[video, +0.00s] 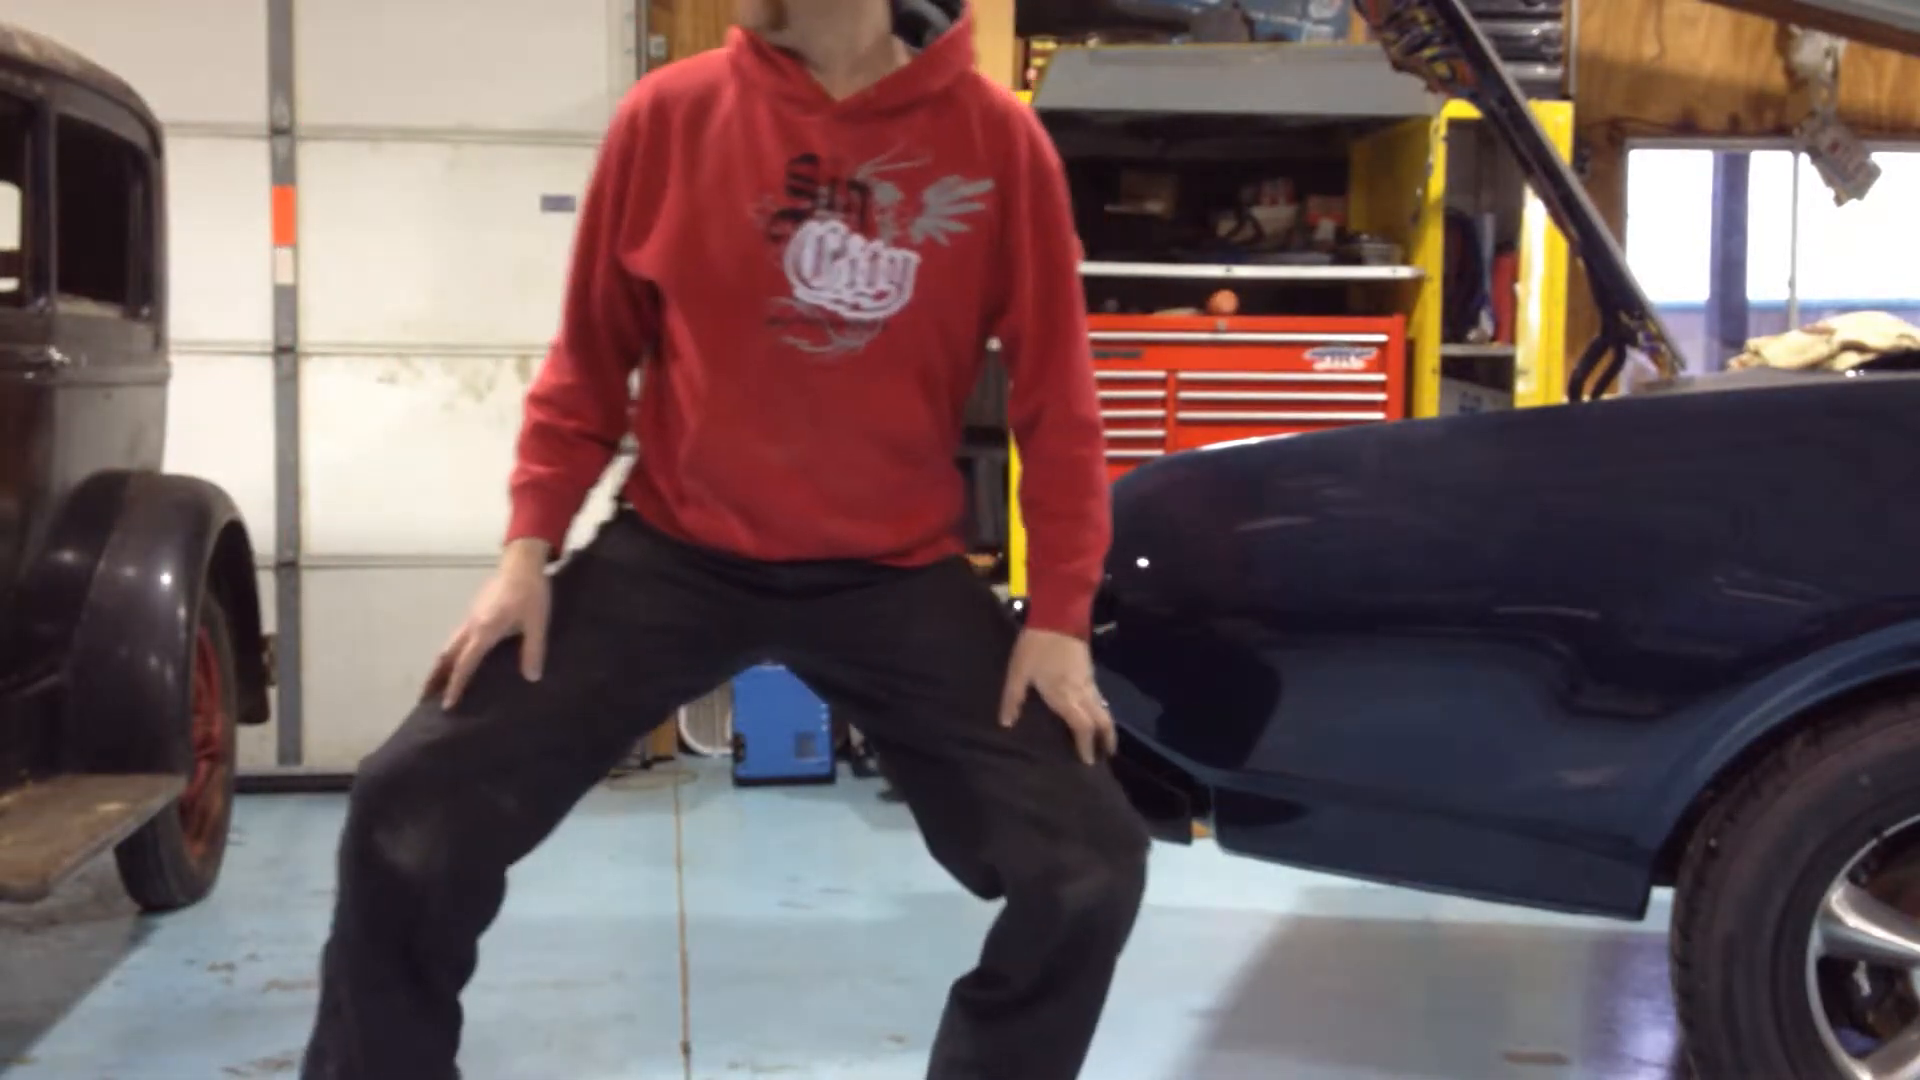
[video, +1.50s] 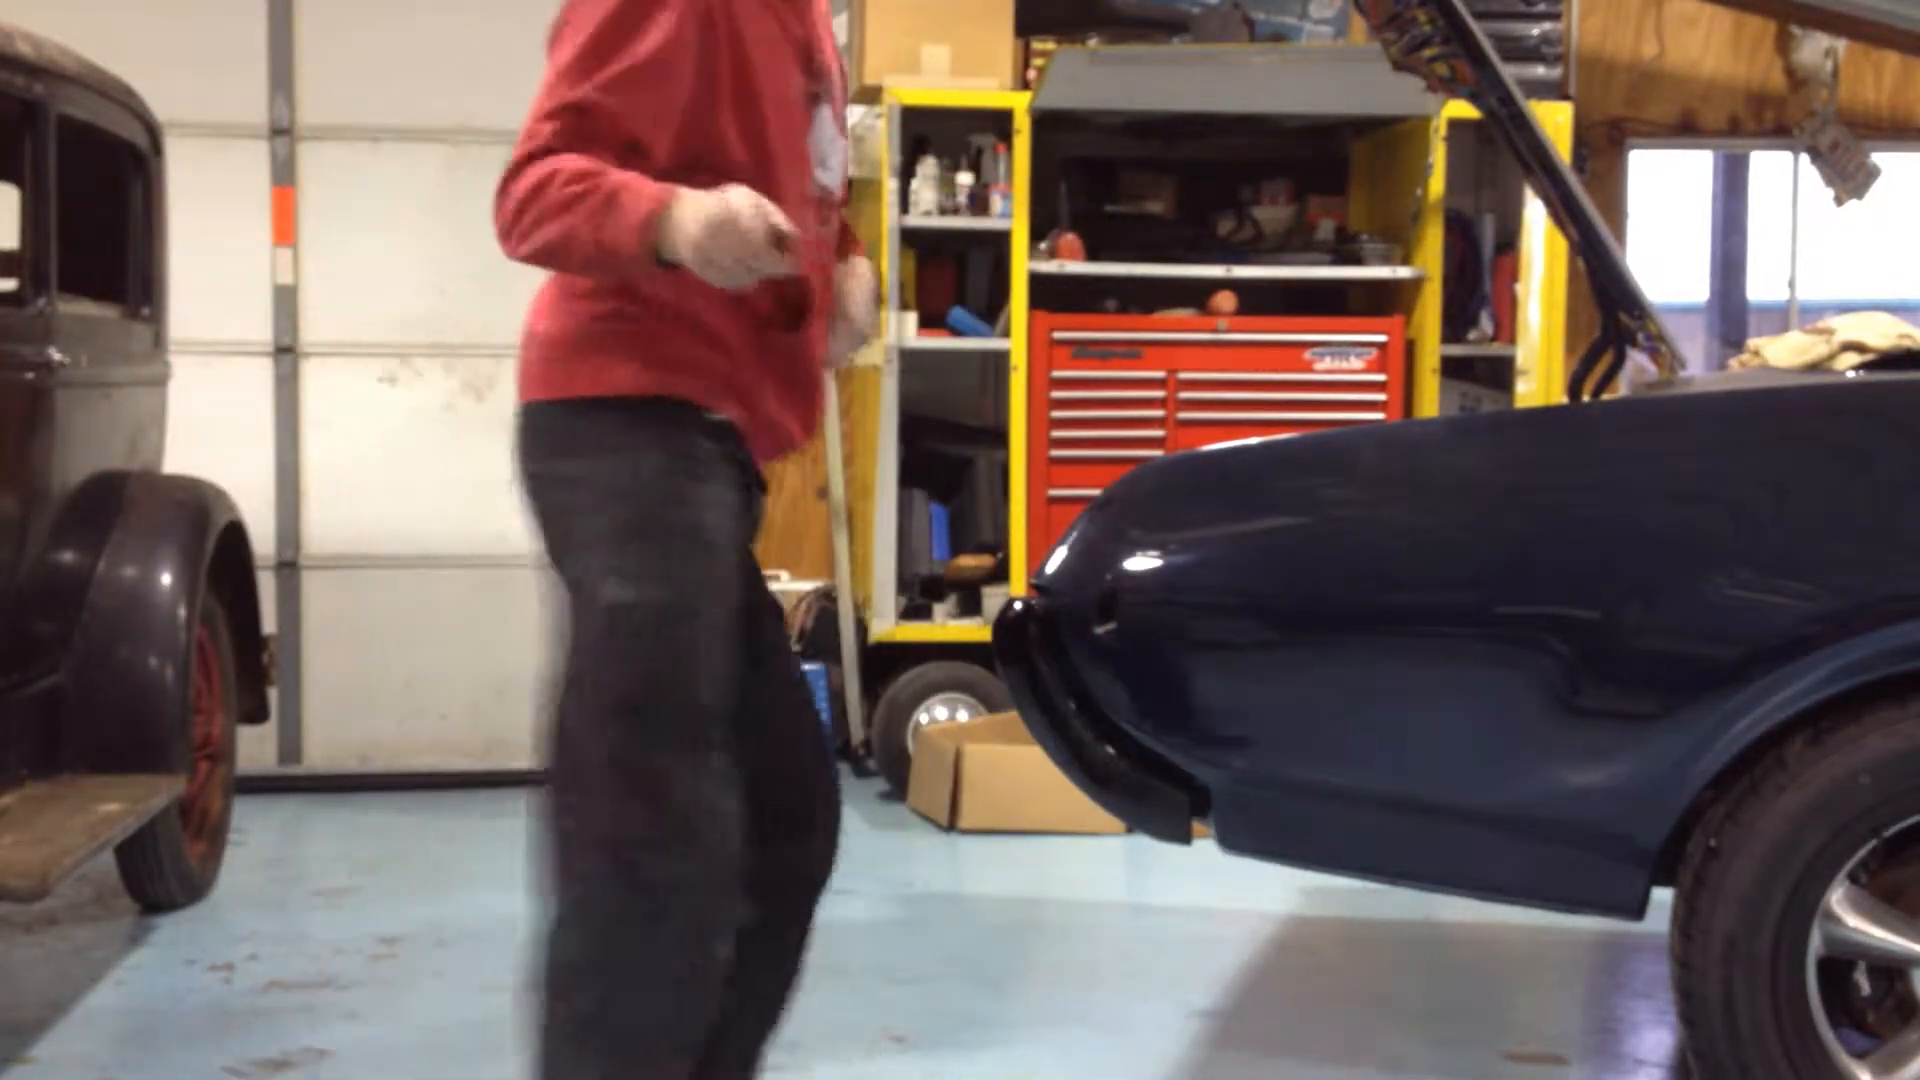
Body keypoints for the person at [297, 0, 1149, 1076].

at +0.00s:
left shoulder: (998, 137)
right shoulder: (666, 118)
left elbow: (1058, 395)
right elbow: (588, 358)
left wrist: (1059, 615)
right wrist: (526, 550)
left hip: (898, 577)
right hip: (675, 557)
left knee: (1088, 858)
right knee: (413, 809)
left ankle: (985, 1073)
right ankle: (371, 1069)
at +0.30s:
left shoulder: (827, 110)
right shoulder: (499, 100)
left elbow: (908, 352)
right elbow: (429, 342)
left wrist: (932, 560)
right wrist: (396, 556)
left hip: (758, 551)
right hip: (536, 556)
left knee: (995, 810)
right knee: (351, 883)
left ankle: (990, 1065)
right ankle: (419, 1070)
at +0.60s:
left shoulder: (687, 36)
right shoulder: (342, 25)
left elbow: (837, 193)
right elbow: (258, 259)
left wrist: (1008, 354)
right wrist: (215, 489)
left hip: (607, 484)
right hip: (404, 487)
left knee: (789, 762)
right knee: (380, 905)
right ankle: (351, 1029)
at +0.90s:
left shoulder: (631, 41)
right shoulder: (307, 28)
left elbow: (725, 263)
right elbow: (212, 260)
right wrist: (185, 489)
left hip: (596, 468)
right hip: (387, 491)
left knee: (821, 682)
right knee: (355, 908)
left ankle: (657, 953)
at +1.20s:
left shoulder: (727, 23)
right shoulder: (519, 15)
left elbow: (640, 228)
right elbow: (358, 191)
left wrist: (647, 430)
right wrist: (468, 417)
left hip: (626, 486)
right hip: (456, 485)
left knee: (783, 785)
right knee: (422, 866)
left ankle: (706, 1065)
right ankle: (402, 1062)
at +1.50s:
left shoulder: (806, 24)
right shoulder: (666, 5)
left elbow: (791, 203)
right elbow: (534, 193)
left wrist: (832, 271)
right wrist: (670, 216)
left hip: (702, 432)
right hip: (629, 421)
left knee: (786, 807)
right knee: (655, 821)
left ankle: (700, 1066)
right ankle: (616, 1063)